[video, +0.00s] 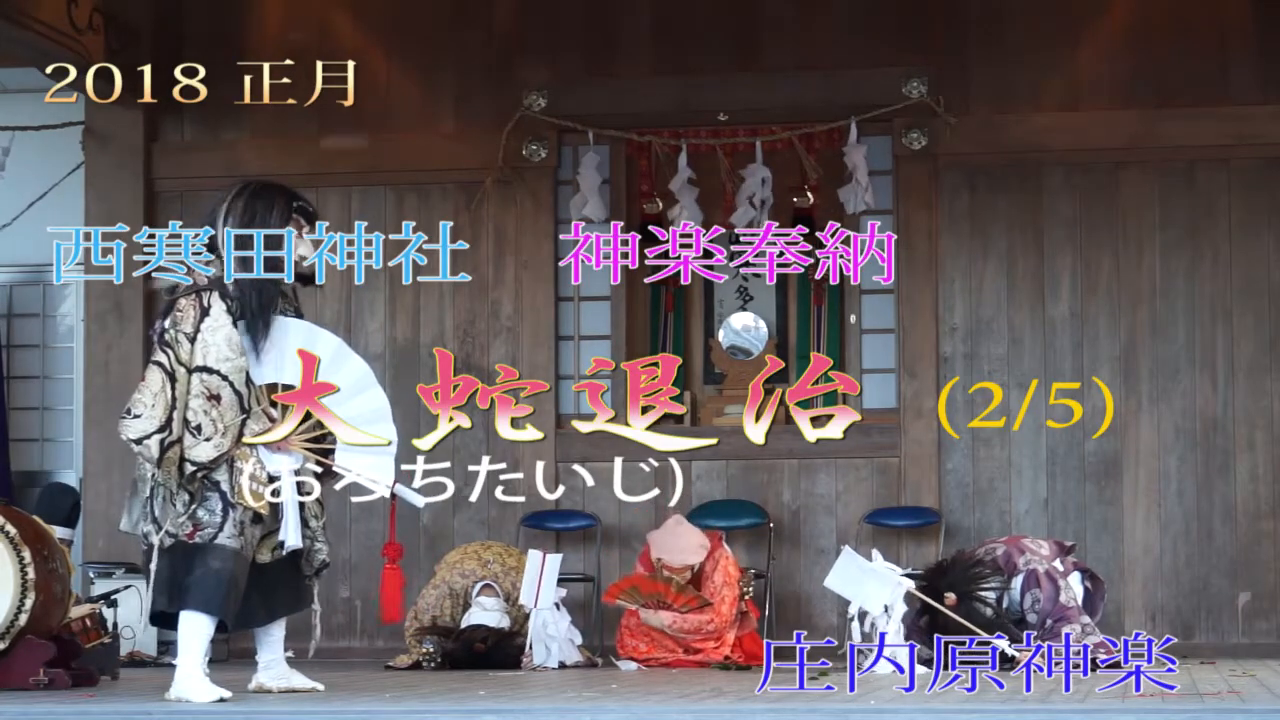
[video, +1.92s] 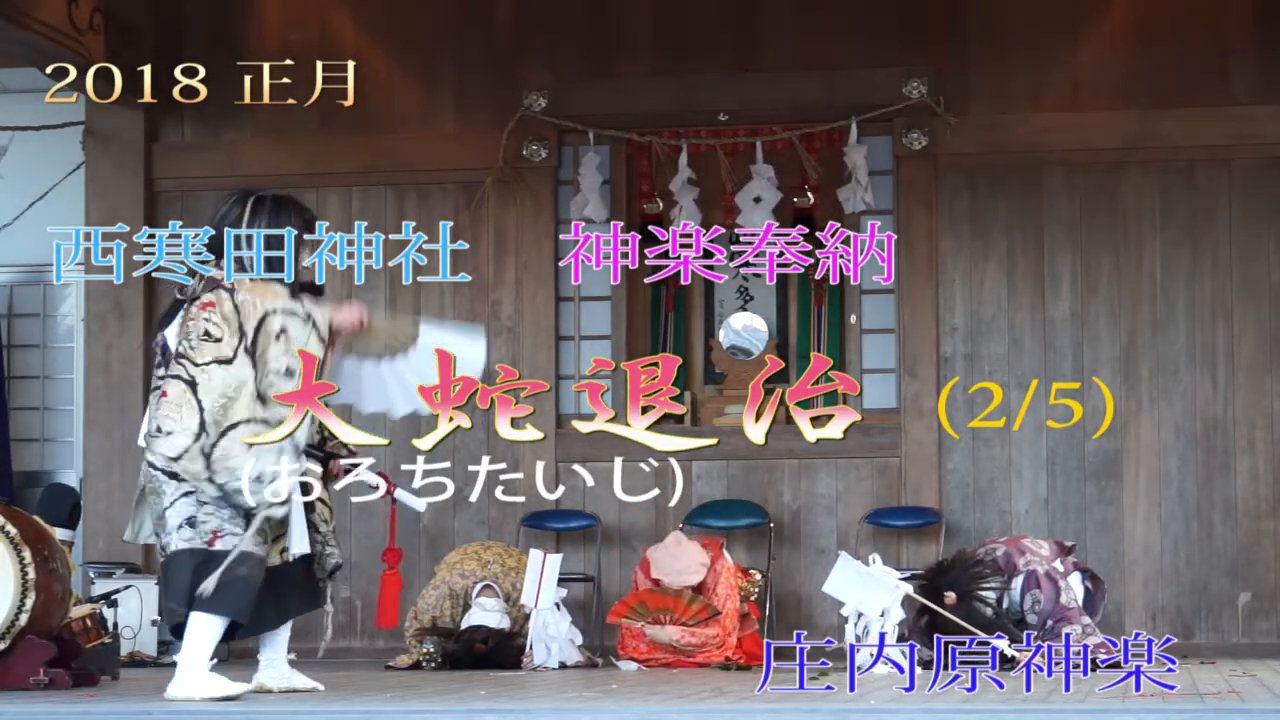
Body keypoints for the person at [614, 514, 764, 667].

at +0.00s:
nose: (675, 579)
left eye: (681, 573)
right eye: (669, 573)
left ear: (695, 564)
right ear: (658, 562)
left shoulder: (719, 560)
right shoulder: (647, 559)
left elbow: (718, 621)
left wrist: (662, 620)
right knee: (630, 625)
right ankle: (711, 654)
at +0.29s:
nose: (676, 582)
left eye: (682, 576)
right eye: (670, 576)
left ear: (695, 567)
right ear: (658, 564)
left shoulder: (720, 563)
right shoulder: (647, 560)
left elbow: (720, 625)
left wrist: (665, 623)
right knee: (631, 640)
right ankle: (711, 652)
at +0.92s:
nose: (681, 585)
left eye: (686, 579)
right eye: (673, 580)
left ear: (697, 568)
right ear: (658, 570)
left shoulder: (718, 565)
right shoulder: (645, 565)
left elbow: (720, 627)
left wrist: (666, 630)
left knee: (720, 647)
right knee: (630, 642)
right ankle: (710, 655)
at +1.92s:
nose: (679, 591)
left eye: (685, 586)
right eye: (672, 586)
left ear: (696, 575)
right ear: (658, 575)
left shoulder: (718, 566)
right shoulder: (644, 569)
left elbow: (721, 635)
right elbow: (629, 644)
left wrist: (671, 636)